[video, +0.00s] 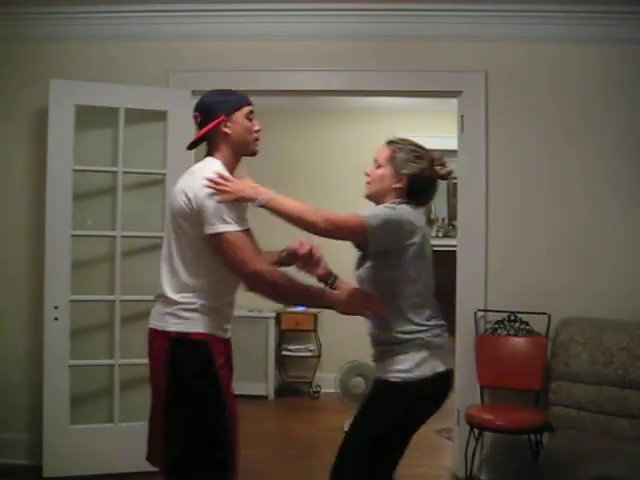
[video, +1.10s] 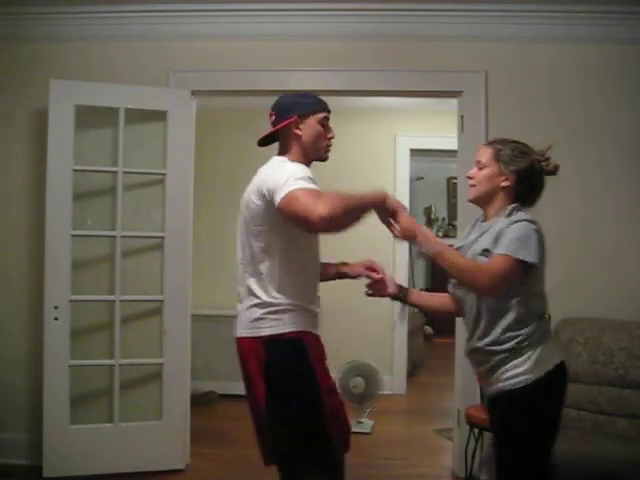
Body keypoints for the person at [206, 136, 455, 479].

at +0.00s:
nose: (368, 171)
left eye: (377, 165)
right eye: (373, 163)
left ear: (399, 180)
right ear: (399, 182)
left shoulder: (399, 219)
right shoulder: (399, 222)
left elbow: (322, 222)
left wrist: (256, 193)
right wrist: (325, 273)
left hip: (413, 372)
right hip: (411, 369)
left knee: (351, 470)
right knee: (367, 470)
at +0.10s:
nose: (385, 173)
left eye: (395, 167)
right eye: (389, 165)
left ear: (419, 182)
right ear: (415, 183)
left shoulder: (421, 217)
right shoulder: (403, 229)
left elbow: (361, 221)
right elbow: (373, 301)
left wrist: (285, 199)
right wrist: (333, 266)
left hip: (427, 375)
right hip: (413, 372)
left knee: (375, 470)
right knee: (380, 468)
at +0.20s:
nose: (405, 176)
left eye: (414, 170)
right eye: (409, 169)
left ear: (440, 183)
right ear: (436, 183)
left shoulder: (445, 219)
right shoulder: (423, 237)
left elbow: (393, 222)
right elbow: (384, 296)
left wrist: (323, 203)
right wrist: (338, 271)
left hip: (443, 379)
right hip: (425, 377)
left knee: (405, 474)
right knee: (405, 473)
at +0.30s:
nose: (425, 178)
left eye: (435, 171)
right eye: (429, 171)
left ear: (462, 181)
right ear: (459, 183)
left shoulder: (465, 217)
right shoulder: (445, 229)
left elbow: (425, 234)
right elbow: (417, 298)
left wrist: (347, 213)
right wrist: (361, 296)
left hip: (469, 380)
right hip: (456, 378)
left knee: (427, 473)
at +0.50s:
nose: (464, 178)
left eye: (473, 171)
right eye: (467, 170)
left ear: (500, 180)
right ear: (498, 181)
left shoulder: (504, 223)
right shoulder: (496, 226)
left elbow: (457, 275)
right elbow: (463, 307)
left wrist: (381, 259)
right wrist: (402, 322)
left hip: (518, 382)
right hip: (509, 379)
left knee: (469, 473)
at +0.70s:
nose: (485, 180)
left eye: (495, 173)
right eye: (488, 172)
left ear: (521, 185)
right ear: (519, 186)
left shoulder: (527, 232)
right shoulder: (513, 229)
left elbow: (496, 311)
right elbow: (489, 292)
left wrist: (426, 296)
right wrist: (432, 288)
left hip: (549, 382)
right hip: (534, 379)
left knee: (510, 471)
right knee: (545, 473)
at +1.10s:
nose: (469, 173)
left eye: (480, 167)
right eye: (473, 166)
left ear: (506, 179)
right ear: (500, 180)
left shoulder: (521, 228)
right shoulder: (476, 234)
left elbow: (490, 280)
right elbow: (459, 303)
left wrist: (421, 236)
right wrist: (398, 291)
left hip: (530, 380)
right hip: (499, 383)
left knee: (522, 473)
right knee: (511, 470)